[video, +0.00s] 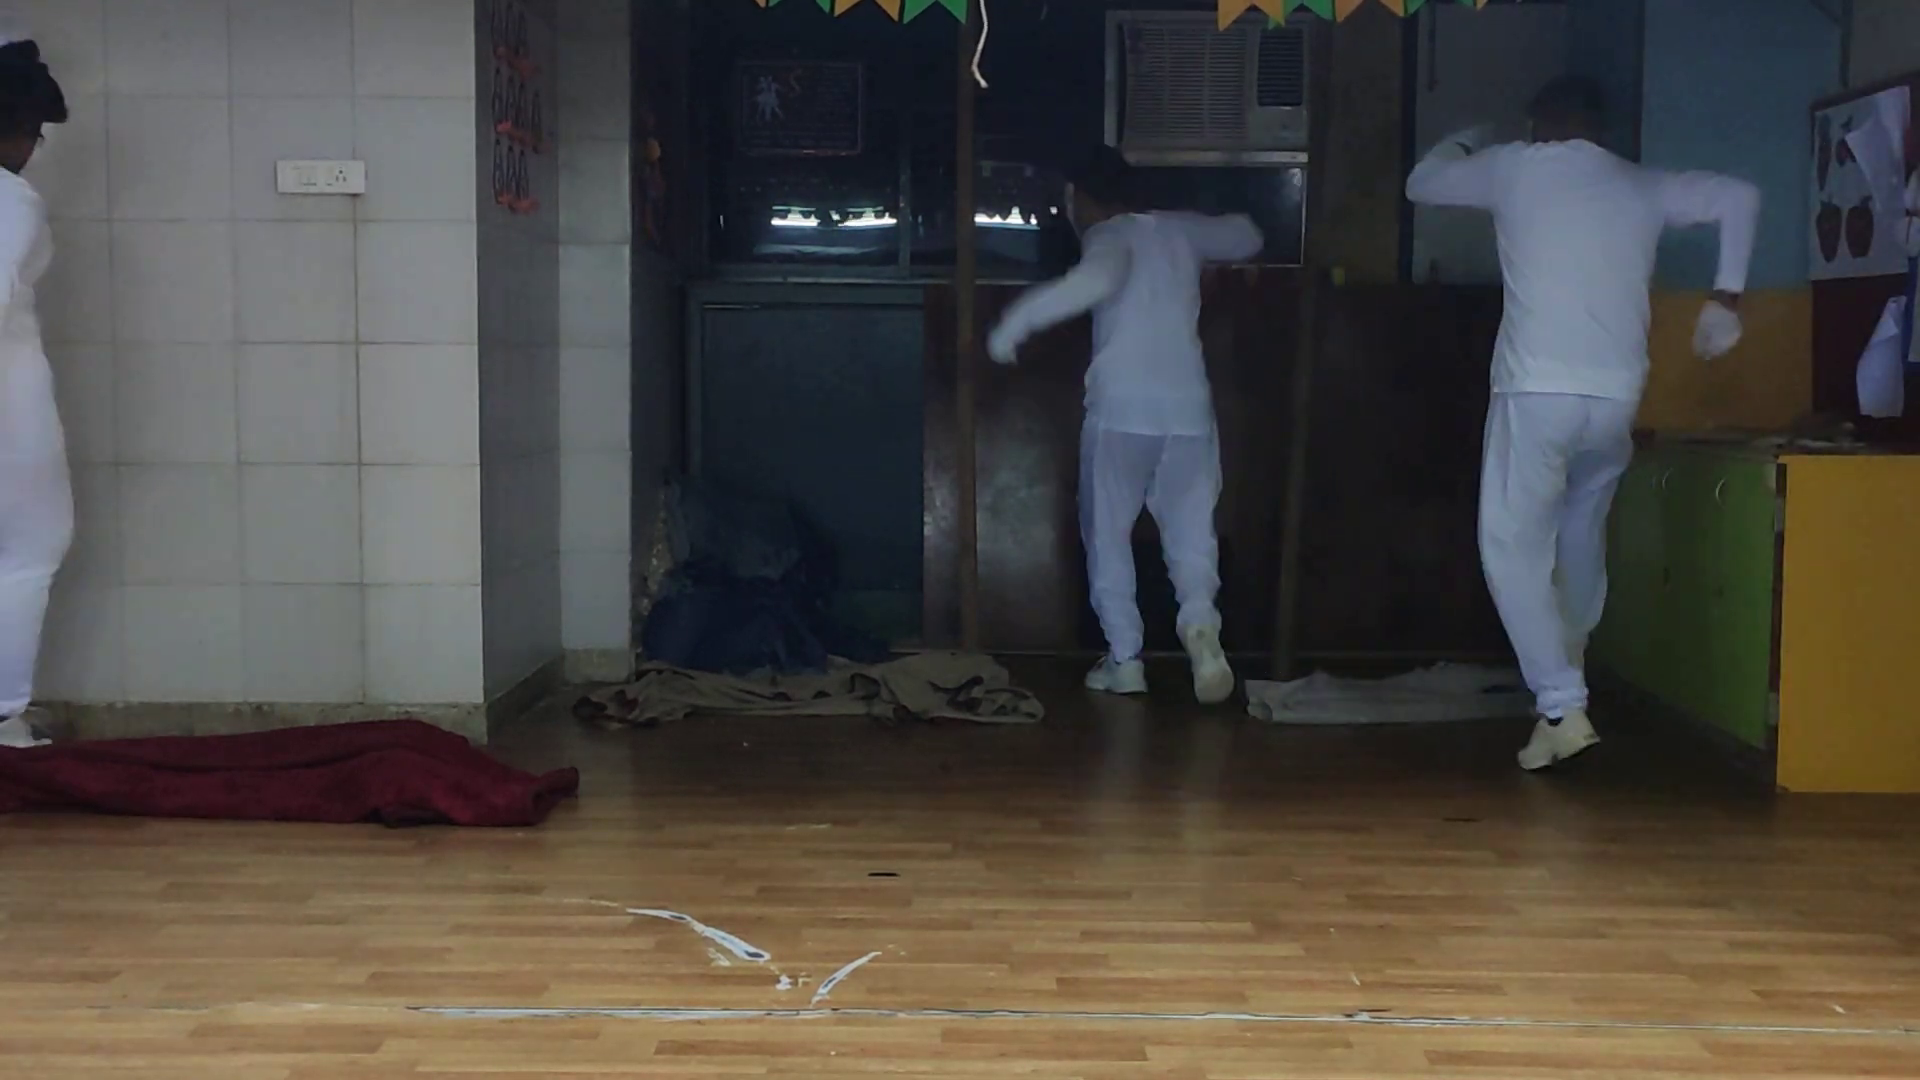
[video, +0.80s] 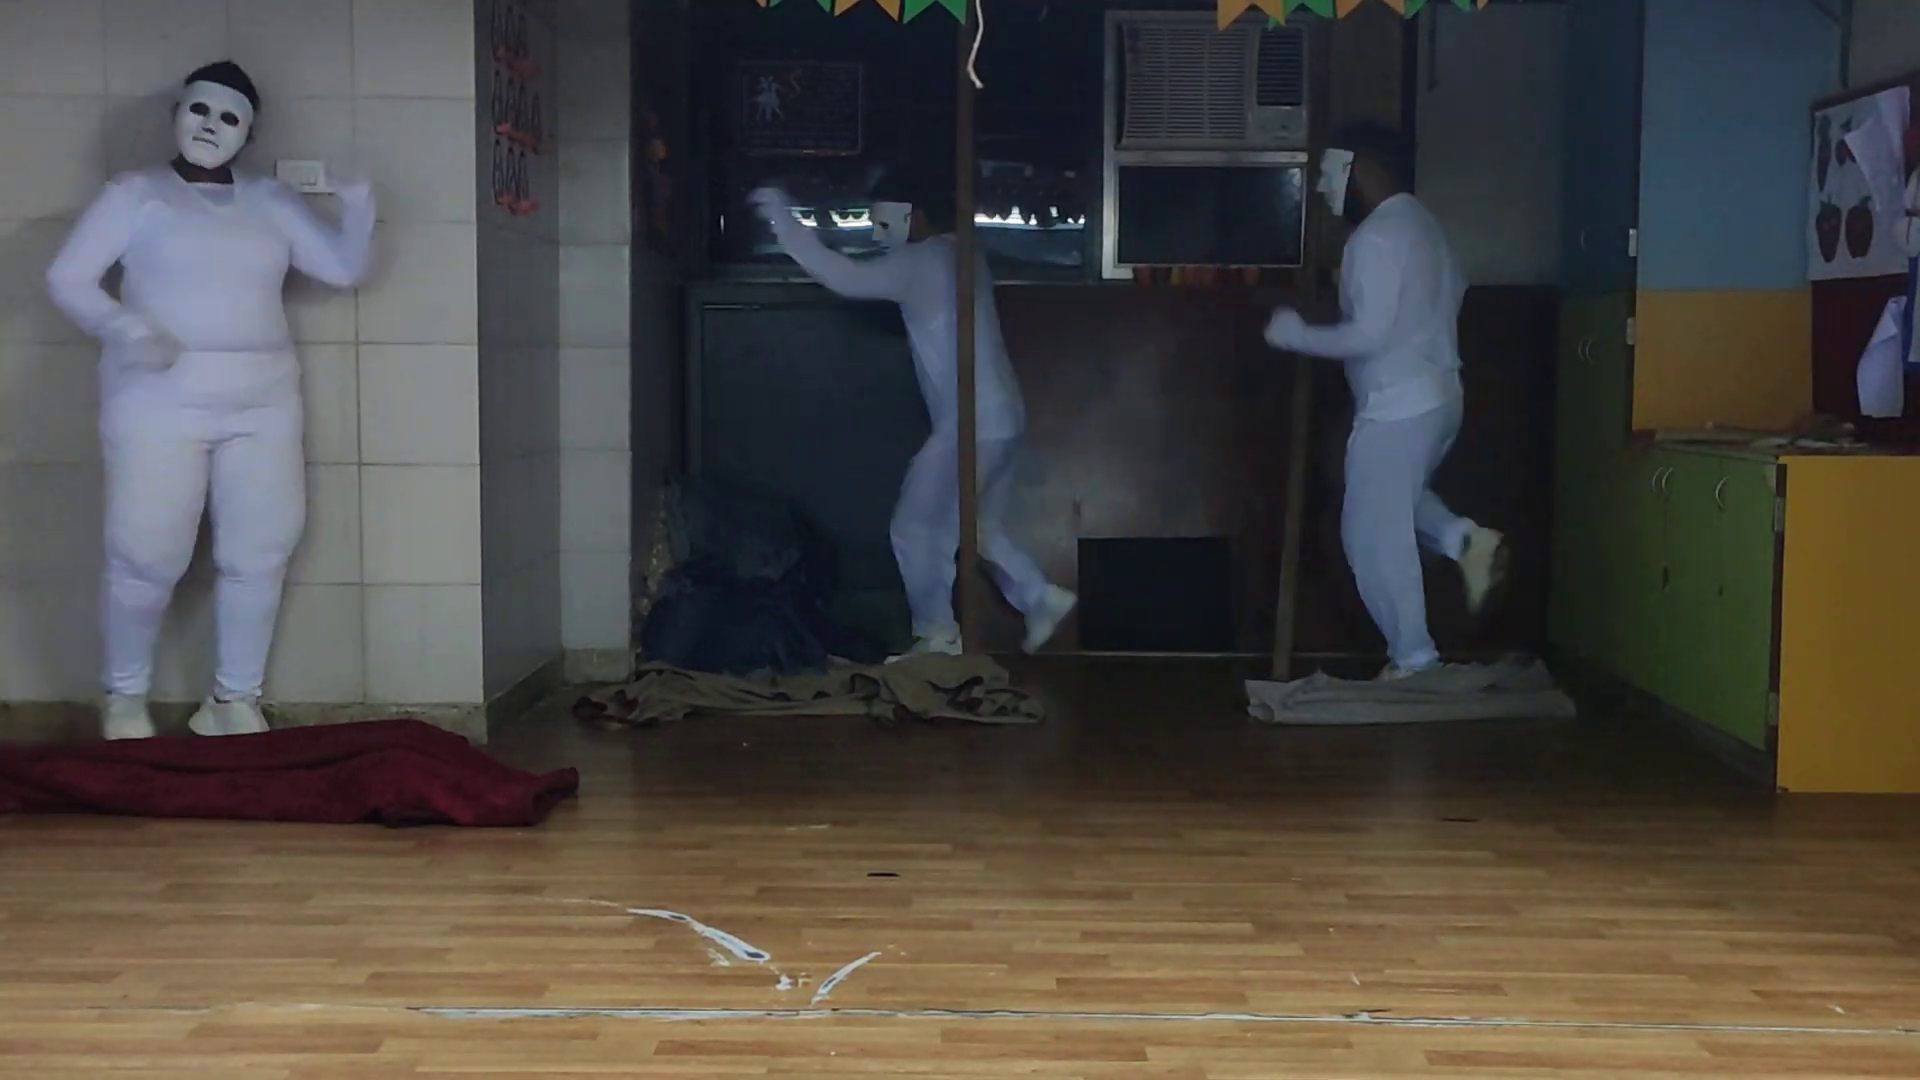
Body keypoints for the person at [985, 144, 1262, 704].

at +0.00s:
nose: (1067, 210)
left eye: (1070, 199)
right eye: (1068, 199)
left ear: (1086, 196)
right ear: (1126, 193)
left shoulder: (1108, 237)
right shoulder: (1181, 229)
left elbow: (1095, 282)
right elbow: (1246, 236)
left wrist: (1013, 324)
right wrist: (1215, 229)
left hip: (1123, 414)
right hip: (1189, 415)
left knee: (1107, 536)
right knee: (1191, 528)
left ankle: (1124, 661)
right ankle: (1200, 622)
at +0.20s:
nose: (1034, 176)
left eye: (1036, 166)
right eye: (1035, 166)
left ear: (1049, 167)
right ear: (1090, 166)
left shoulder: (1043, 220)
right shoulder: (1136, 217)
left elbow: (1014, 302)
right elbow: (1183, 288)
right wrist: (1128, 297)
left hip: (1093, 384)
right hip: (1148, 379)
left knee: (1104, 511)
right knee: (1121, 498)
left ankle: (1136, 649)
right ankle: (1136, 608)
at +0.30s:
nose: (1025, 185)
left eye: (1028, 175)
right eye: (1029, 175)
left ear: (1038, 179)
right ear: (1084, 180)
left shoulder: (1026, 229)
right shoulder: (1114, 227)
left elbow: (957, 245)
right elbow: (1164, 244)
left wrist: (918, 190)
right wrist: (1135, 190)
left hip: (1071, 394)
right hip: (1124, 392)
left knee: (1092, 518)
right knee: (1102, 515)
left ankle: (1157, 648)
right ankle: (1083, 624)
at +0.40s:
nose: (1011, 214)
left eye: (1015, 206)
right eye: (1016, 206)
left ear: (1023, 209)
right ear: (1064, 211)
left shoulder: (1011, 252)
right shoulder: (1096, 258)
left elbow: (929, 267)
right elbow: (1146, 256)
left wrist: (892, 232)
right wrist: (1114, 217)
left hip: (1049, 425)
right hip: (1102, 422)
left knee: (1039, 546)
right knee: (1083, 533)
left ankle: (1136, 631)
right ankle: (1077, 640)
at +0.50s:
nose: (970, 209)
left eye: (973, 199)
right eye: (972, 200)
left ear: (989, 200)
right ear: (1025, 201)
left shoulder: (990, 248)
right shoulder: (1069, 247)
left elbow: (961, 331)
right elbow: (1115, 317)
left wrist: (937, 351)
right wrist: (1068, 346)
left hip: (1031, 402)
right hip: (1083, 402)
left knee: (996, 515)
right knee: (1069, 514)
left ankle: (1065, 615)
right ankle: (1080, 637)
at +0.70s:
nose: (901, 226)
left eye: (905, 214)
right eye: (898, 215)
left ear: (933, 208)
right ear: (945, 206)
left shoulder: (945, 257)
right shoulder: (998, 245)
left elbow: (918, 332)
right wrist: (923, 270)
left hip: (989, 412)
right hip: (1035, 407)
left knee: (933, 516)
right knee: (1048, 522)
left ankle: (937, 633)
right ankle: (1077, 638)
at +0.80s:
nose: (877, 230)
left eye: (883, 220)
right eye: (875, 220)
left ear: (913, 216)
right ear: (926, 218)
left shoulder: (919, 264)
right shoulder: (967, 255)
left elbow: (847, 279)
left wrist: (785, 223)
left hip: (965, 424)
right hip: (1002, 420)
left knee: (913, 529)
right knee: (979, 525)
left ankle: (937, 637)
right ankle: (1042, 601)